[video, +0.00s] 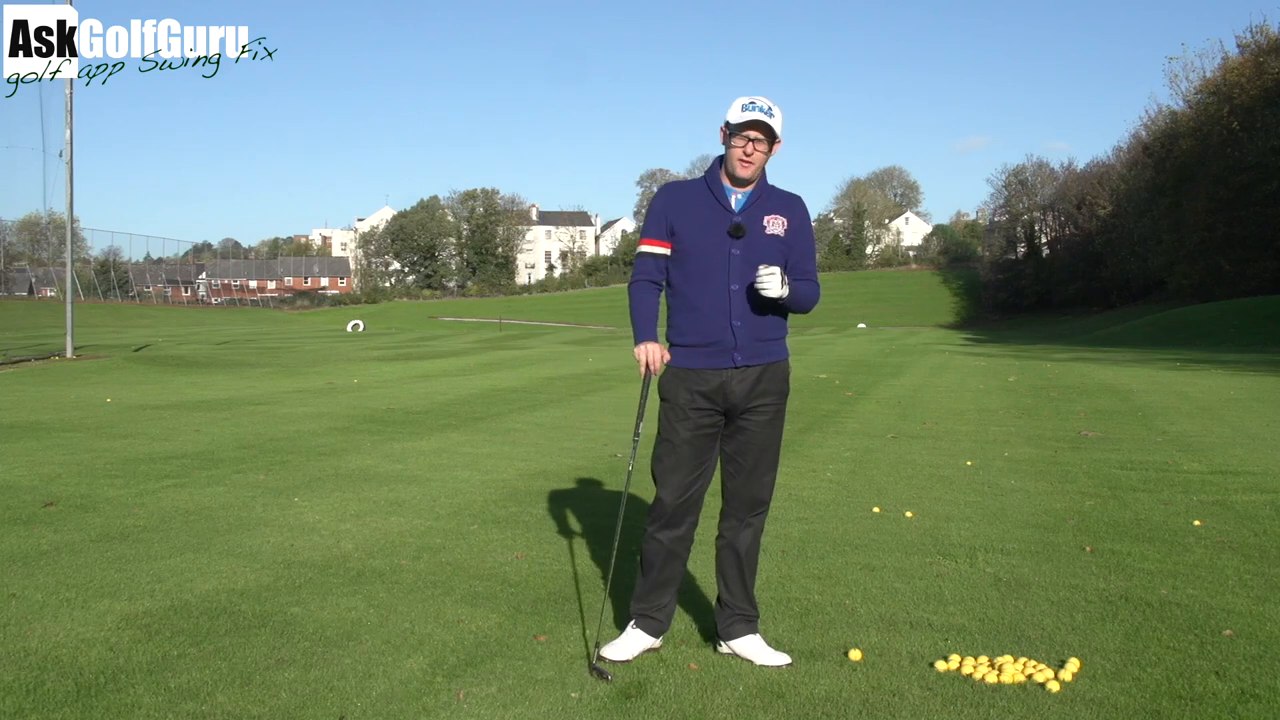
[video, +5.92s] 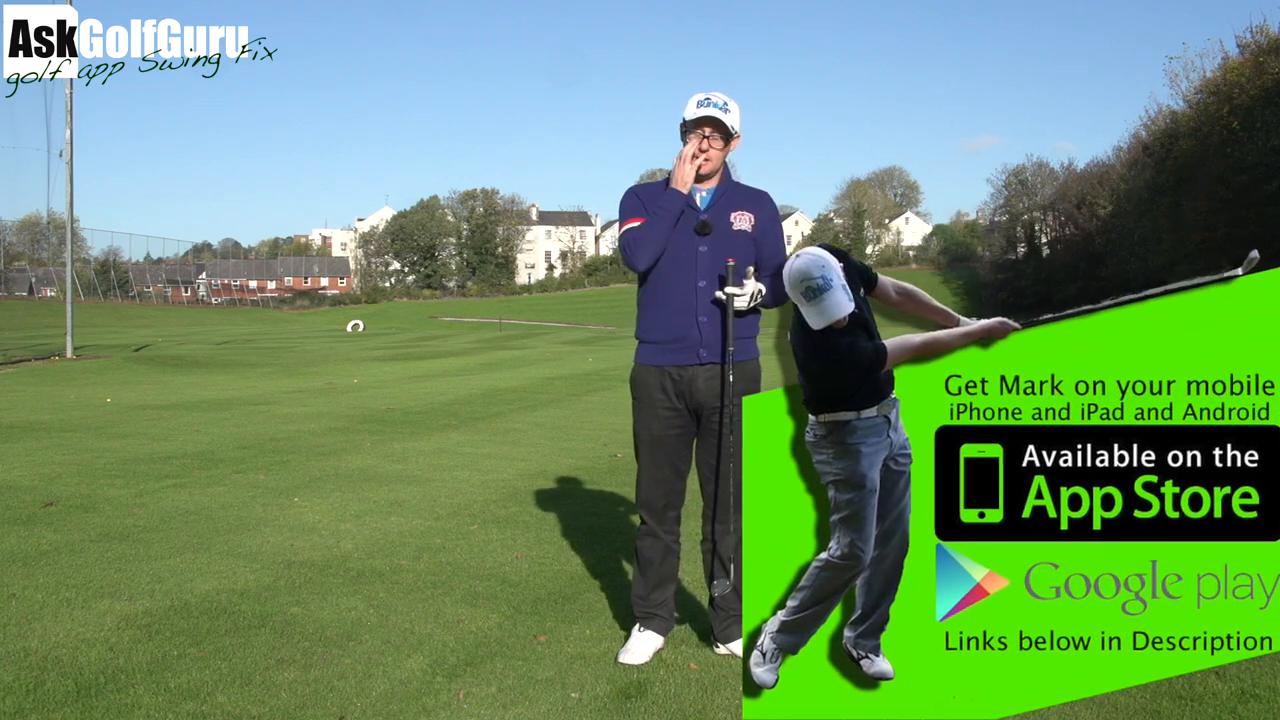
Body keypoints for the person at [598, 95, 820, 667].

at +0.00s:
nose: (748, 146)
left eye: (760, 138)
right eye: (740, 135)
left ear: (773, 147)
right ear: (724, 139)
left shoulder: (790, 210)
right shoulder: (674, 199)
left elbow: (808, 294)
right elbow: (646, 276)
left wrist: (788, 288)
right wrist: (646, 336)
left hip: (762, 376)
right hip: (690, 374)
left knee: (747, 507)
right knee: (673, 503)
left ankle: (736, 627)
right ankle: (647, 623)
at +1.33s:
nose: (667, 147)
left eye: (678, 139)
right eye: (659, 137)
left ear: (690, 147)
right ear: (641, 141)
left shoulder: (712, 204)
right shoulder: (598, 210)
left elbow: (740, 287)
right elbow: (576, 295)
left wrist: (717, 272)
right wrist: (602, 337)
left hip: (701, 379)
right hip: (631, 380)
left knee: (731, 501)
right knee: (637, 507)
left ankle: (735, 626)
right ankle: (649, 621)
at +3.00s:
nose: (666, 146)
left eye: (677, 140)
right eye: (658, 135)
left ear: (688, 148)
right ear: (639, 137)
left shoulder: (705, 205)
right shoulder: (595, 207)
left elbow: (728, 290)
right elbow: (585, 291)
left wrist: (730, 264)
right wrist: (643, 263)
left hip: (705, 369)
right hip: (633, 374)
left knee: (721, 501)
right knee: (642, 504)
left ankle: (732, 626)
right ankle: (649, 621)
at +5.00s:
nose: (730, 150)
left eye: (737, 140)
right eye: (718, 140)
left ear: (742, 145)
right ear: (691, 140)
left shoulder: (751, 206)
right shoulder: (647, 203)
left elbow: (776, 287)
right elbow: (652, 280)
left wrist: (796, 253)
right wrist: (709, 237)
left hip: (744, 372)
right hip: (675, 374)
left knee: (735, 506)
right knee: (667, 505)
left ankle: (733, 627)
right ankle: (653, 621)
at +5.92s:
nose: (703, 143)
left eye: (714, 135)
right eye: (695, 133)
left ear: (731, 144)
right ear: (682, 139)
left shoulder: (757, 204)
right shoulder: (645, 196)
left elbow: (778, 284)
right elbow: (638, 257)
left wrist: (757, 293)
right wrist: (679, 191)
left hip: (734, 373)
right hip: (660, 373)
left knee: (730, 507)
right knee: (657, 507)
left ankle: (730, 624)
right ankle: (652, 620)